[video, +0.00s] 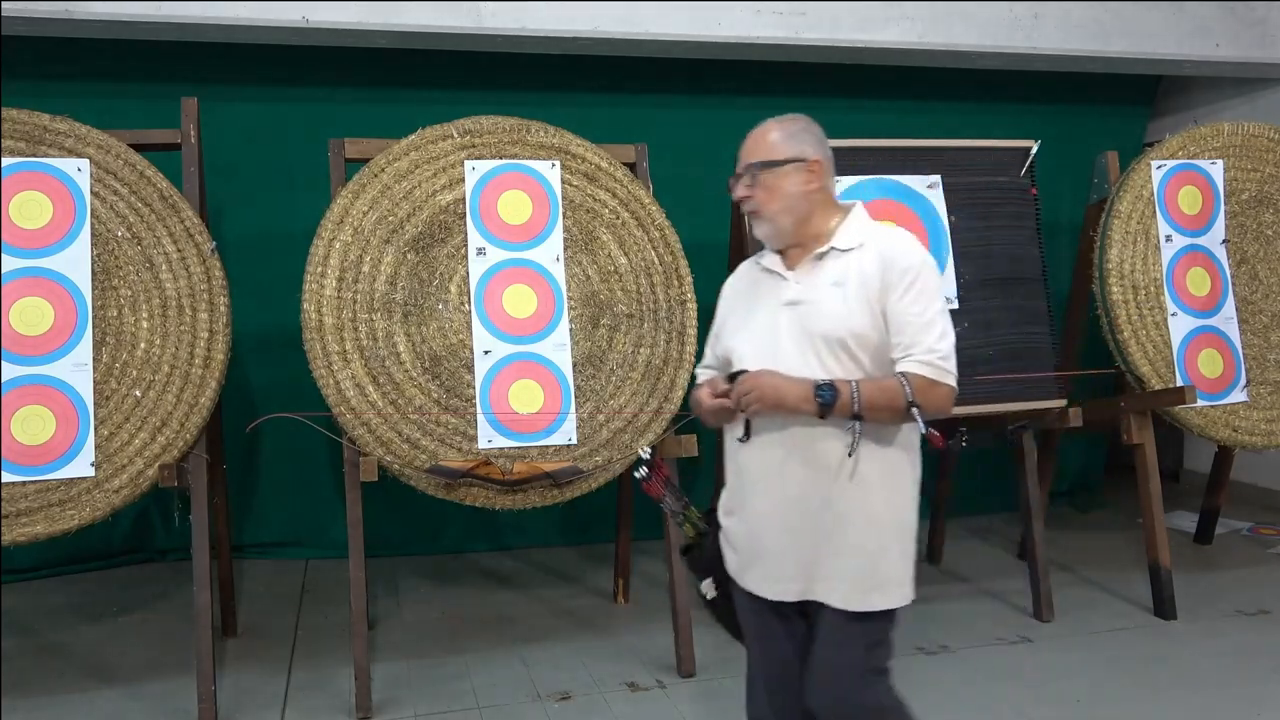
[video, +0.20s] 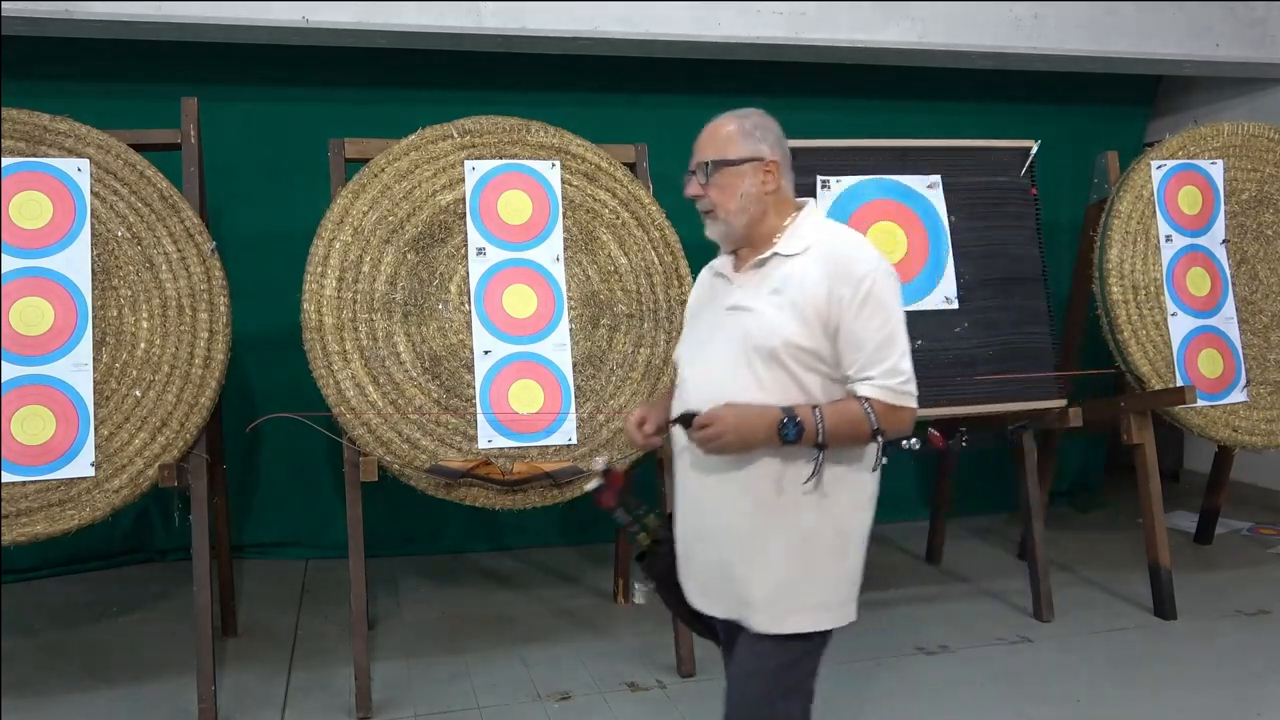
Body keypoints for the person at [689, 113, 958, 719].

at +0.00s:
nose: (738, 192)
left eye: (755, 175)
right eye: (738, 178)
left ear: (813, 174)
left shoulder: (893, 256)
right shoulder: (741, 284)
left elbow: (935, 388)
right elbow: (711, 396)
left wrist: (806, 394)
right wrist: (709, 401)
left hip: (861, 552)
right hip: (759, 552)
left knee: (842, 697)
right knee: (772, 705)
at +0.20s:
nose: (692, 190)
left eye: (710, 171)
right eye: (692, 175)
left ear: (769, 174)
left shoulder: (850, 265)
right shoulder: (715, 274)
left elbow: (894, 409)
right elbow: (716, 373)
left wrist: (776, 424)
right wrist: (668, 404)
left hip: (793, 575)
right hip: (713, 566)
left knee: (756, 710)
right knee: (758, 703)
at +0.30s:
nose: (682, 183)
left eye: (704, 167)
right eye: (677, 171)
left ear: (759, 178)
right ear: (673, 184)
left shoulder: (825, 270)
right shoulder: (698, 270)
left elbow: (879, 418)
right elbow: (694, 374)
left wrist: (764, 439)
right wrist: (640, 420)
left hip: (767, 588)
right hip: (701, 577)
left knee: (725, 710)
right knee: (768, 707)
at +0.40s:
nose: (675, 189)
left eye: (701, 172)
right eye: (663, 173)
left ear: (746, 184)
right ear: (653, 185)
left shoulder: (800, 283)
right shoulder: (666, 274)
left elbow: (862, 434)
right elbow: (679, 388)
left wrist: (745, 456)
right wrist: (619, 437)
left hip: (736, 601)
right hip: (675, 586)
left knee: (688, 709)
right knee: (751, 705)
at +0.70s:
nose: (628, 183)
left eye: (655, 165)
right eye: (612, 159)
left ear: (692, 177)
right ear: (592, 165)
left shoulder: (737, 286)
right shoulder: (566, 257)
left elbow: (745, 464)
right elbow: (556, 367)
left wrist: (668, 376)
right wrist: (509, 408)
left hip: (666, 620)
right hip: (556, 603)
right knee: (569, 709)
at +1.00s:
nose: (569, 167)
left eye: (596, 148)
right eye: (548, 143)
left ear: (633, 165)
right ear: (522, 155)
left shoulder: (692, 271)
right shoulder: (469, 268)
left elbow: (748, 443)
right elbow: (402, 406)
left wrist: (626, 422)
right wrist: (427, 425)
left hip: (634, 660)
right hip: (484, 649)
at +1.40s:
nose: (434, 159)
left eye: (460, 132)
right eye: (406, 137)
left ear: (505, 141)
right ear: (376, 157)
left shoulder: (600, 266)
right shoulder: (325, 295)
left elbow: (677, 433)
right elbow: (256, 493)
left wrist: (610, 469)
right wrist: (333, 486)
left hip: (573, 685)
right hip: (391, 690)